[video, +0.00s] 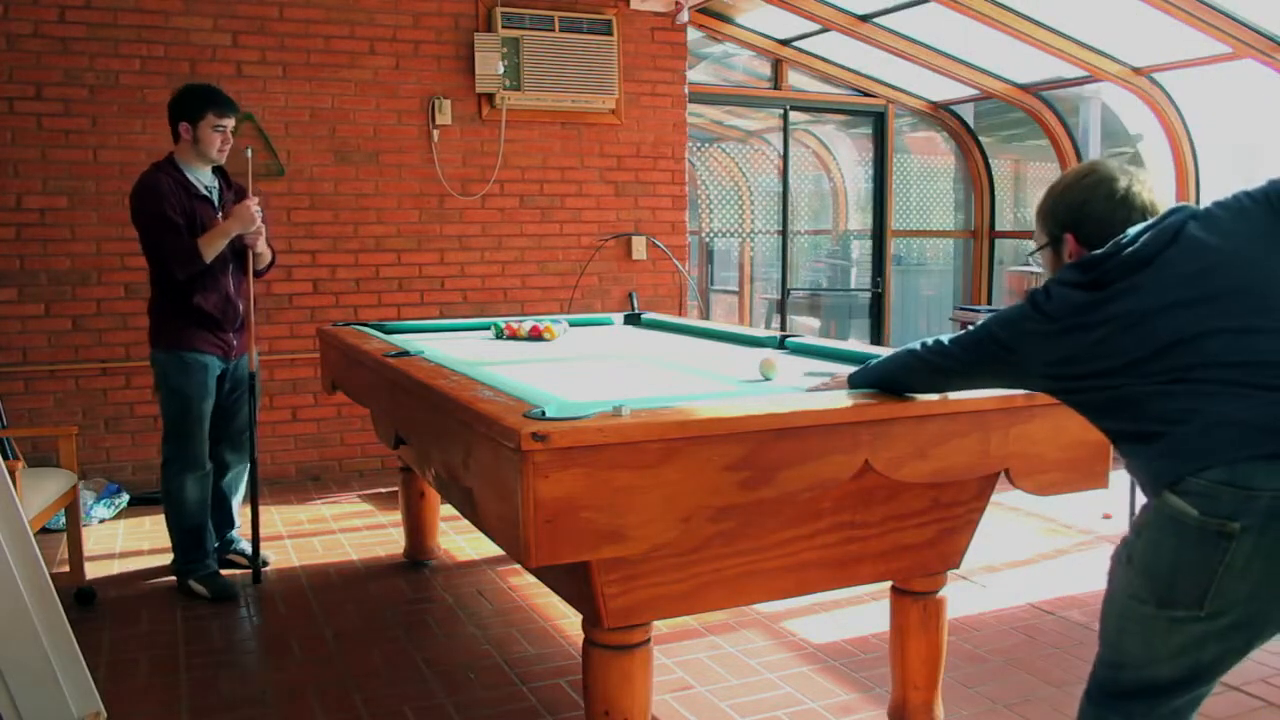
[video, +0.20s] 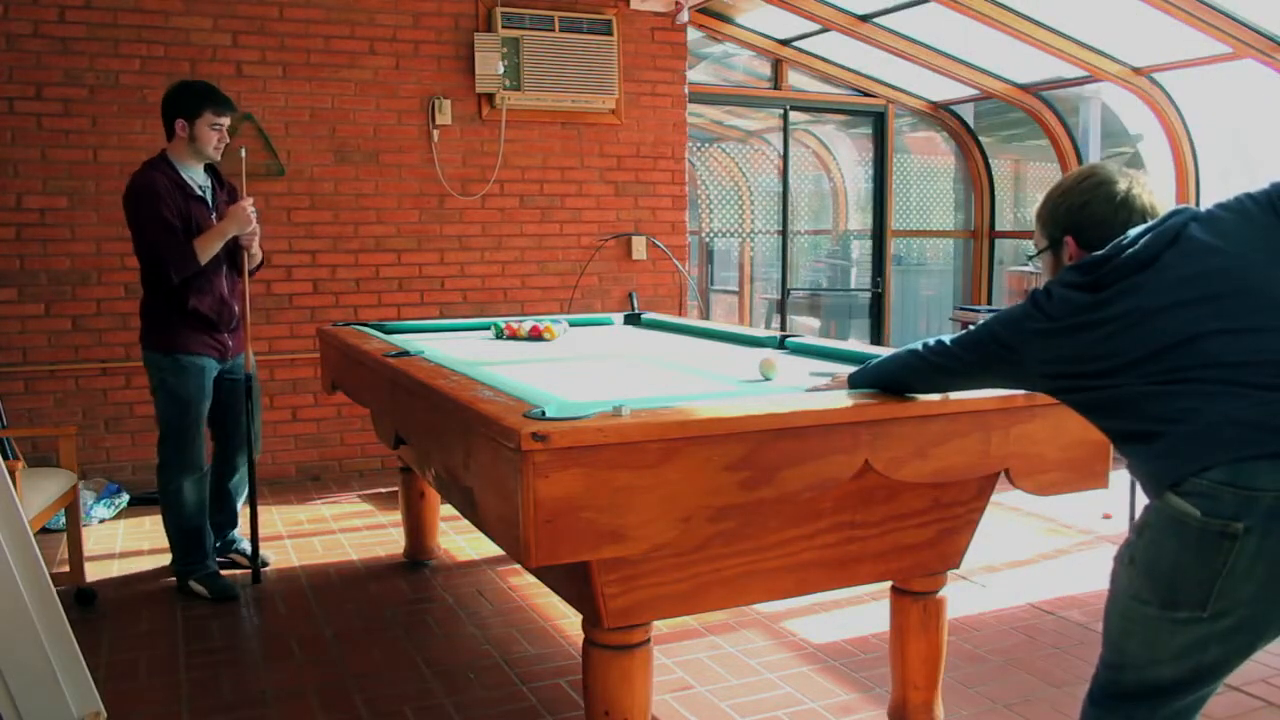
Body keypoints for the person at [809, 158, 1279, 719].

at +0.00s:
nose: (1046, 263)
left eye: (1046, 248)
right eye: (1043, 250)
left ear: (1073, 247)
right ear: (1150, 219)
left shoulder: (1055, 318)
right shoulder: (1247, 218)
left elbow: (940, 360)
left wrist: (860, 377)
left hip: (1235, 503)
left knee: (1127, 701)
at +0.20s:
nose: (1044, 269)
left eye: (1045, 252)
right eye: (1042, 255)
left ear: (1073, 250)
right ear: (1150, 221)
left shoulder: (1052, 320)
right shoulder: (1247, 219)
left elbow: (937, 361)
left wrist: (860, 376)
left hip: (1238, 505)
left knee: (1130, 703)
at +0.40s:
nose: (1043, 271)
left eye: (1045, 253)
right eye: (1041, 255)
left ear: (1073, 252)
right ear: (1149, 223)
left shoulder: (1054, 320)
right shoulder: (1246, 219)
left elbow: (938, 361)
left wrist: (860, 376)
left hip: (1239, 504)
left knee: (1133, 703)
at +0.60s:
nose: (1046, 268)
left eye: (1047, 252)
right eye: (1043, 254)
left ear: (1075, 250)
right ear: (1151, 222)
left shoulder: (1058, 319)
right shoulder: (1247, 217)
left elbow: (940, 361)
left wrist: (860, 376)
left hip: (1240, 505)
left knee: (1135, 703)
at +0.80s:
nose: (1048, 266)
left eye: (1049, 250)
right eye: (1046, 253)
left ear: (1075, 248)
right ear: (1153, 220)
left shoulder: (1054, 318)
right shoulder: (1250, 216)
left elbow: (939, 359)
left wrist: (860, 377)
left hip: (1239, 505)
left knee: (1133, 704)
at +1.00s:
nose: (1049, 267)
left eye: (1050, 251)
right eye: (1047, 253)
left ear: (1077, 248)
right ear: (1152, 218)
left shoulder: (1056, 319)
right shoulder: (1250, 213)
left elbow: (938, 361)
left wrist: (860, 376)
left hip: (1240, 503)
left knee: (1136, 703)